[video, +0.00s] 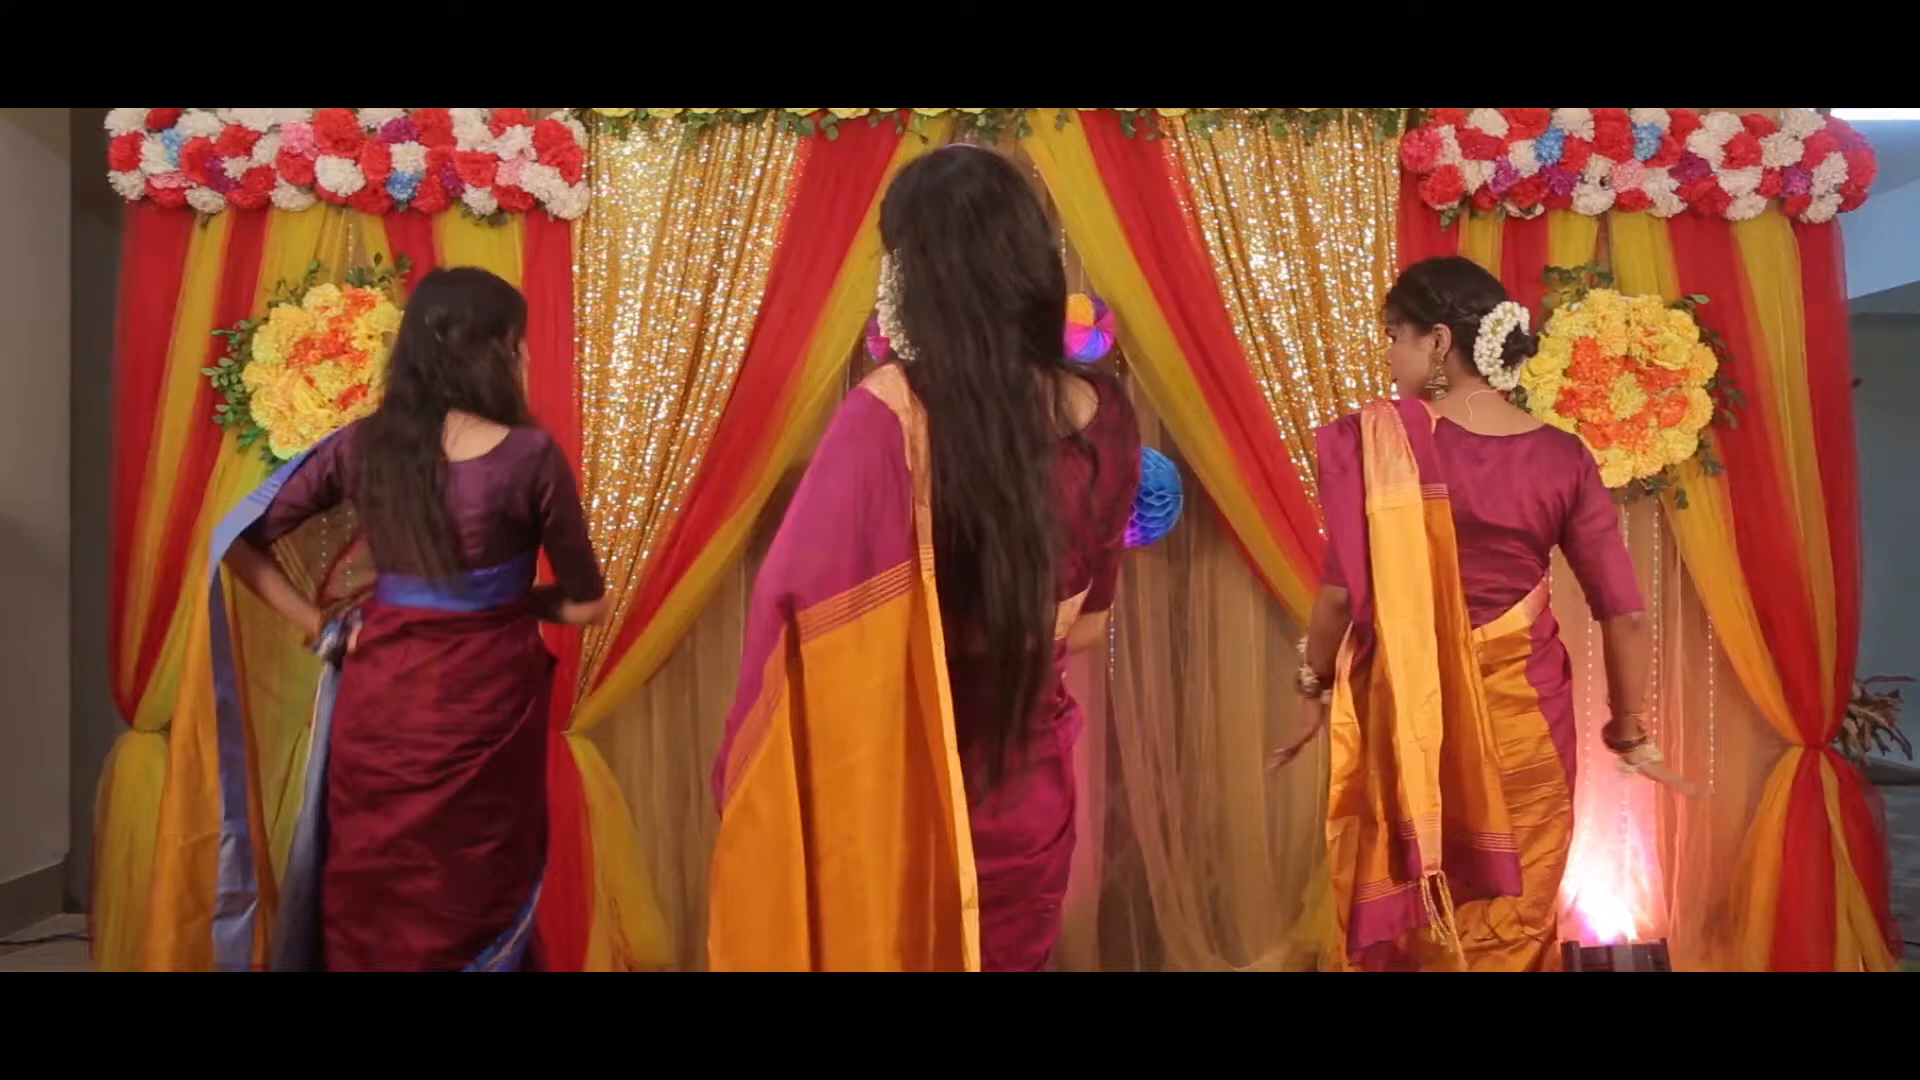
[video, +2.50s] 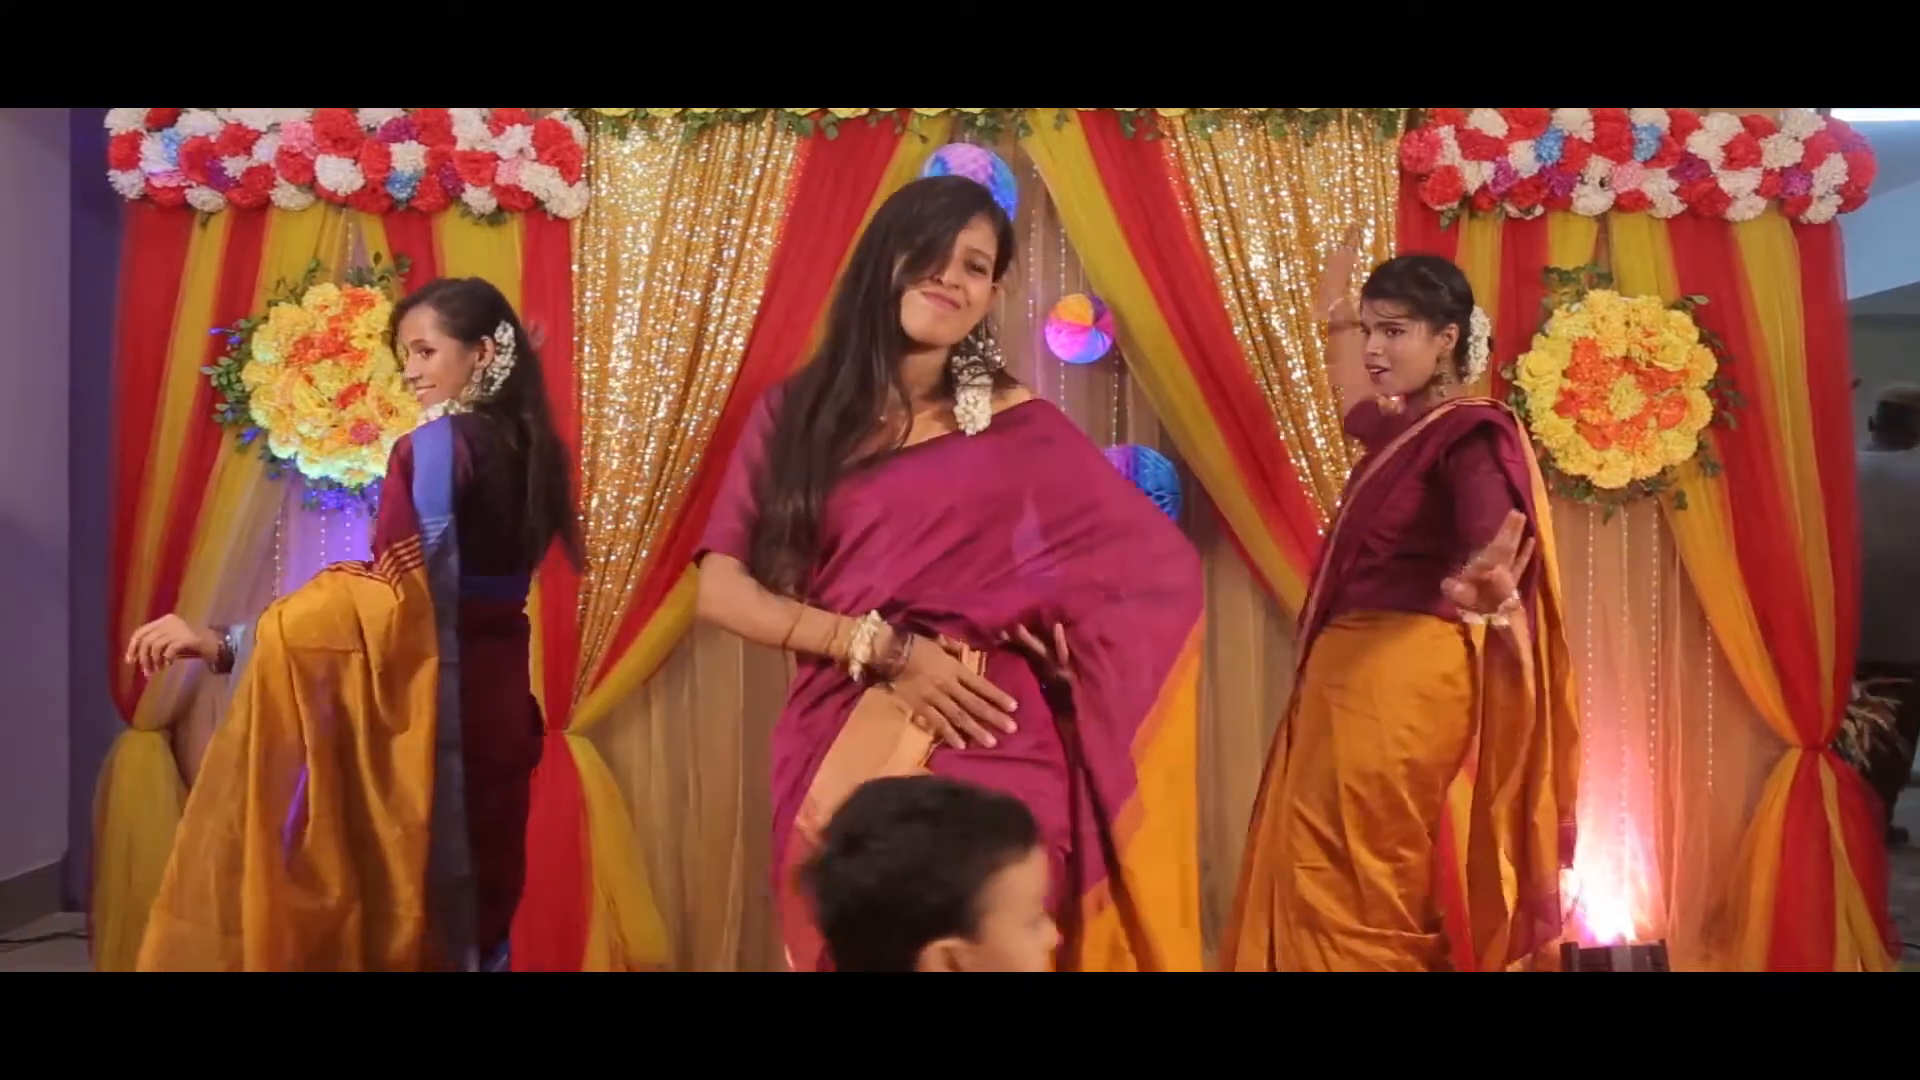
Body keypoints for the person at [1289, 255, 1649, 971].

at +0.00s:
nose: (1389, 359)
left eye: (1394, 337)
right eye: (1389, 338)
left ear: (1439, 340)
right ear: (1474, 339)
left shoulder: (1371, 442)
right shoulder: (1559, 455)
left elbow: (1343, 591)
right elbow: (1622, 608)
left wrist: (1315, 679)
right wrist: (1626, 720)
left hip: (1401, 715)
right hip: (1523, 716)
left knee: (1402, 921)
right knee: (1515, 919)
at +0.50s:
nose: (1384, 360)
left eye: (1390, 339)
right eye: (1384, 340)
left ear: (1439, 336)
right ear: (1460, 335)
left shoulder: (1365, 440)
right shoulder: (1563, 449)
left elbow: (1342, 584)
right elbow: (1625, 605)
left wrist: (1321, 657)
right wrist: (1596, 722)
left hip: (1396, 724)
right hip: (1520, 725)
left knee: (1390, 932)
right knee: (1507, 931)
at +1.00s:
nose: (1390, 358)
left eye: (1398, 338)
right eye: (1392, 339)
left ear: (1448, 341)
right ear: (1469, 340)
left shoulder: (1372, 435)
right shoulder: (1566, 454)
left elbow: (1353, 581)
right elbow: (1621, 612)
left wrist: (1314, 675)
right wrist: (1600, 733)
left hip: (1403, 714)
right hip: (1524, 718)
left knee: (1399, 919)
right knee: (1513, 921)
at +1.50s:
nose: (1382, 346)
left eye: (1391, 327)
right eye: (1383, 327)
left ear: (1444, 332)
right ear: (1460, 331)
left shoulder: (1393, 427)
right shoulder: (1553, 438)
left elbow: (1338, 545)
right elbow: (1642, 512)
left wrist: (1253, 620)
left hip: (1397, 678)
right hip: (1502, 677)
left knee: (1387, 874)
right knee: (1491, 879)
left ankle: (1395, 960)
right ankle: (1484, 959)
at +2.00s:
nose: (1384, 354)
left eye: (1400, 336)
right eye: (1382, 335)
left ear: (1458, 340)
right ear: (1458, 345)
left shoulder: (1436, 427)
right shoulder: (1515, 432)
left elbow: (1427, 547)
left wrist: (1334, 585)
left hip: (1395, 667)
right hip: (1466, 670)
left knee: (1349, 864)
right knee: (1448, 856)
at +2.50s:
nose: (1374, 349)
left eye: (1393, 330)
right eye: (1366, 329)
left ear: (1446, 340)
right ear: (1362, 336)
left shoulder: (1467, 430)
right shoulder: (1392, 431)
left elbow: (1495, 520)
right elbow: (1358, 400)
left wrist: (1483, 576)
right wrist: (1339, 325)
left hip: (1407, 658)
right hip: (1343, 656)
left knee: (1348, 873)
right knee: (1295, 863)